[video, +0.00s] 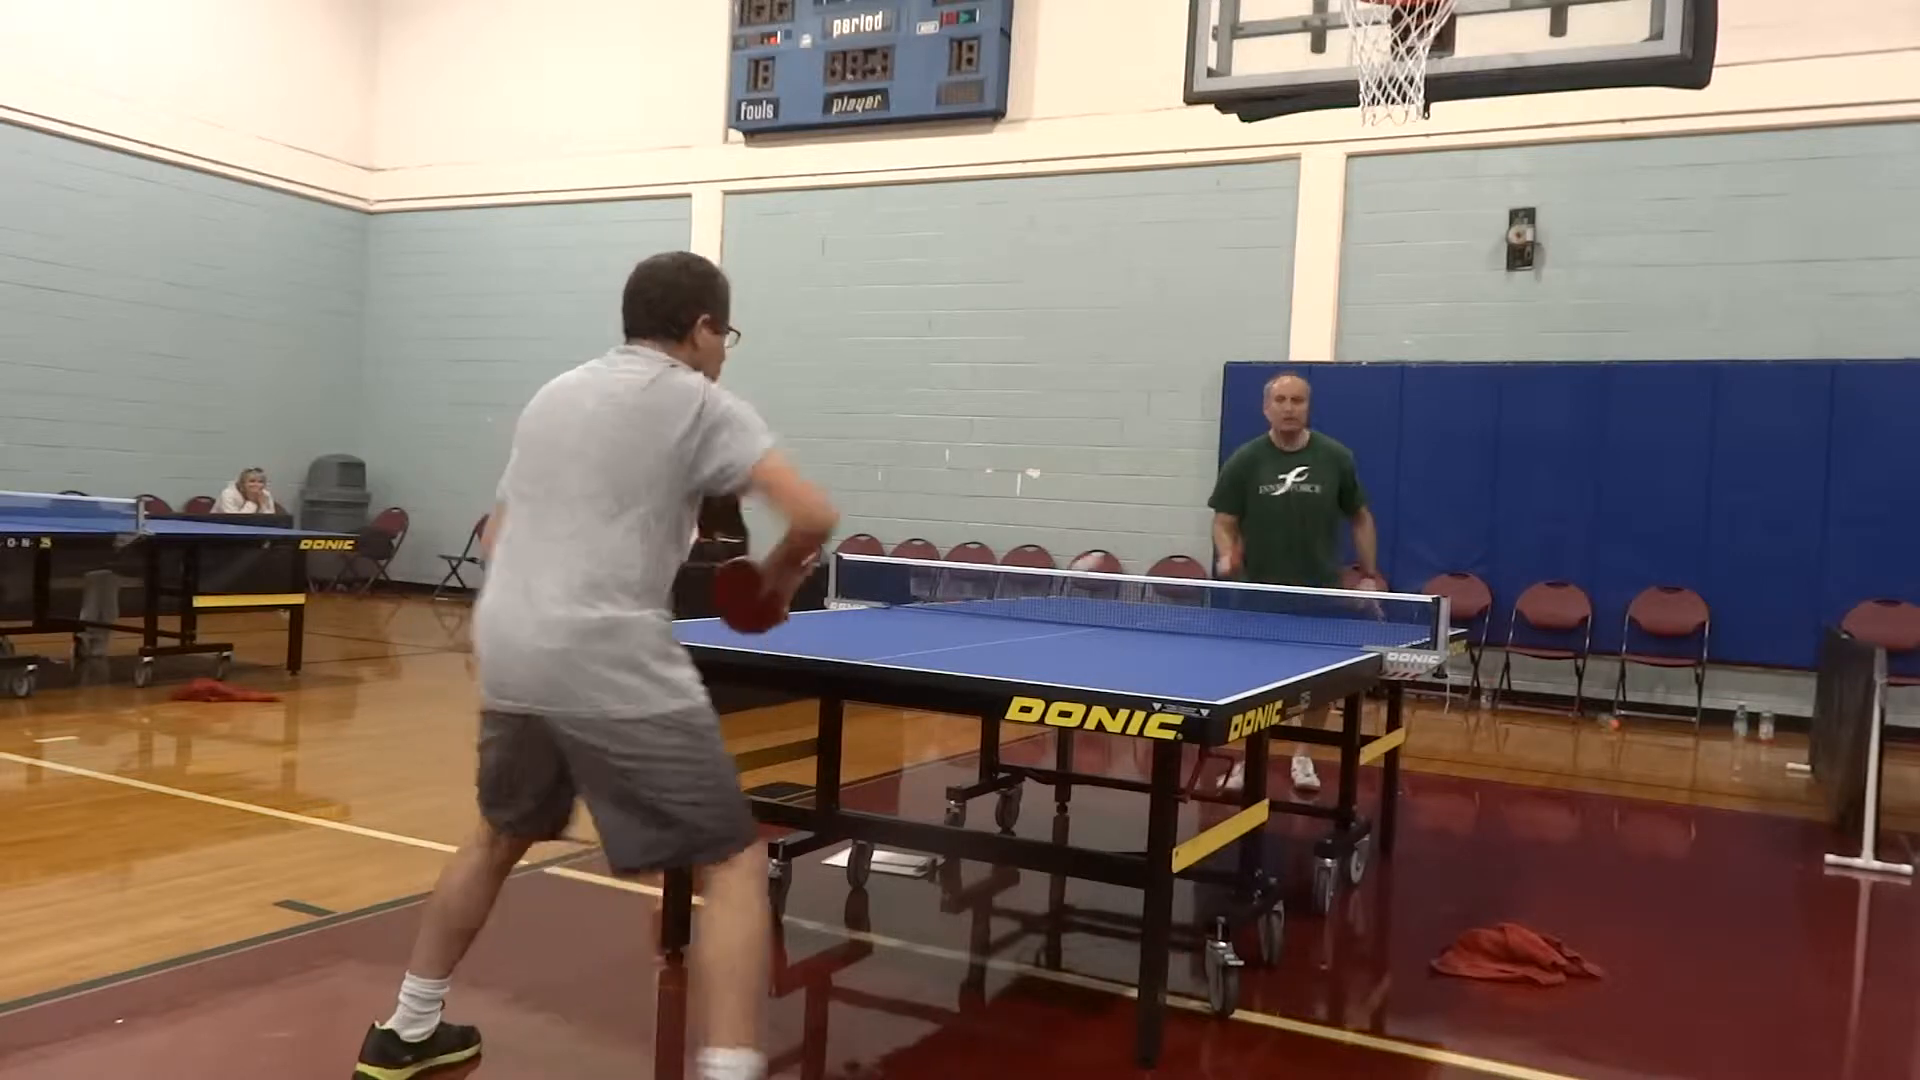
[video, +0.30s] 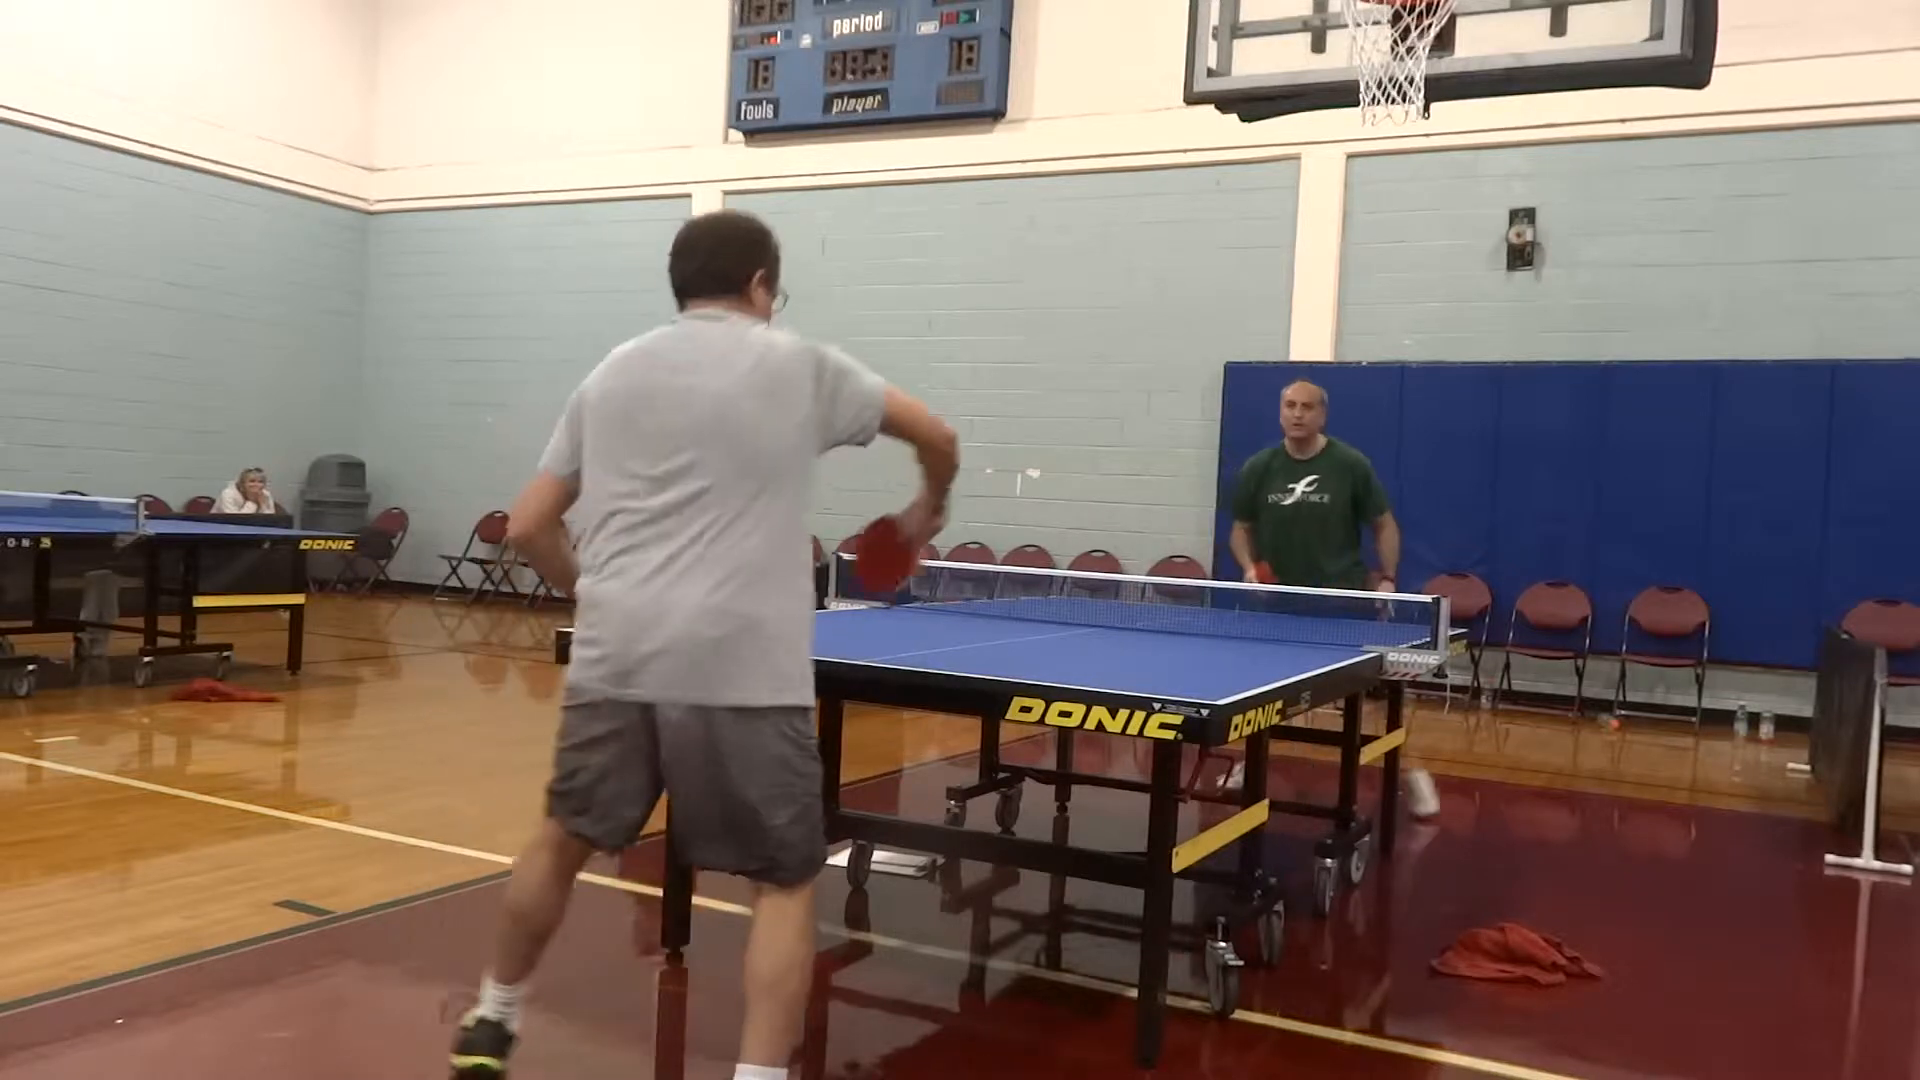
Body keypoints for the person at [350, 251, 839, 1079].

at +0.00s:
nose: (727, 349)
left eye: (729, 335)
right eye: (726, 334)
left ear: (632, 326)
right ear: (699, 329)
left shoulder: (553, 395)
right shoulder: (703, 400)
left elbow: (496, 536)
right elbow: (814, 514)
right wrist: (777, 573)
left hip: (506, 659)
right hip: (617, 668)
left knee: (496, 833)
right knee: (733, 862)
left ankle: (408, 1026)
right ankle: (730, 1070)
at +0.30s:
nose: (777, 300)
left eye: (776, 289)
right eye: (776, 288)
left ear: (676, 289)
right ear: (759, 286)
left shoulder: (612, 372)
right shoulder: (796, 360)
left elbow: (528, 526)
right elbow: (935, 435)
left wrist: (592, 589)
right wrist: (930, 509)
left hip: (613, 663)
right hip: (748, 675)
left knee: (561, 836)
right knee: (785, 882)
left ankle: (491, 1017)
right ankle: (758, 1074)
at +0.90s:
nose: (731, 295)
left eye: (732, 280)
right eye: (729, 279)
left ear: (629, 278)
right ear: (707, 280)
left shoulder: (552, 355)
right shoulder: (717, 376)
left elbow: (456, 484)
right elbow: (802, 549)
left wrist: (531, 554)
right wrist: (816, 577)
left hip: (507, 640)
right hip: (628, 651)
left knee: (472, 820)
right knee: (707, 856)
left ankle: (406, 1013)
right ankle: (678, 1070)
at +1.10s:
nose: (702, 362)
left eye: (700, 345)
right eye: (697, 345)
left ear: (607, 342)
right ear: (666, 346)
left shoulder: (530, 415)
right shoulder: (652, 433)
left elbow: (447, 546)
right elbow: (664, 589)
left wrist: (553, 571)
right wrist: (738, 632)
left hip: (457, 687)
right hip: (564, 699)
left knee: (448, 847)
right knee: (722, 874)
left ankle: (340, 1025)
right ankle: (680, 1072)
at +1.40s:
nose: (764, 325)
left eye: (769, 305)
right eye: (746, 303)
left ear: (675, 303)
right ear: (677, 300)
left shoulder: (618, 368)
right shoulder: (662, 389)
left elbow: (578, 522)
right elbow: (626, 525)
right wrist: (730, 602)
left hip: (539, 666)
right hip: (607, 683)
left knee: (508, 846)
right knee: (752, 885)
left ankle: (376, 1010)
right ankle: (724, 1070)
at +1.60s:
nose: (748, 251)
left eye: (766, 229)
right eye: (722, 228)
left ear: (783, 236)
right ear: (671, 231)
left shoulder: (721, 347)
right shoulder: (650, 344)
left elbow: (680, 524)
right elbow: (546, 510)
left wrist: (741, 625)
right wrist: (672, 613)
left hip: (647, 675)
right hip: (625, 682)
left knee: (627, 878)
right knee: (719, 906)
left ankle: (492, 1056)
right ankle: (722, 1074)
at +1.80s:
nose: (700, 215)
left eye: (722, 193)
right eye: (673, 194)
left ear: (749, 208)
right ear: (632, 209)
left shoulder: (757, 336)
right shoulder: (580, 341)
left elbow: (804, 466)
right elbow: (451, 506)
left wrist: (907, 567)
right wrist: (506, 679)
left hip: (712, 699)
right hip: (601, 705)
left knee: (635, 925)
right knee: (699, 931)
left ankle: (562, 1074)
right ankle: (686, 1078)